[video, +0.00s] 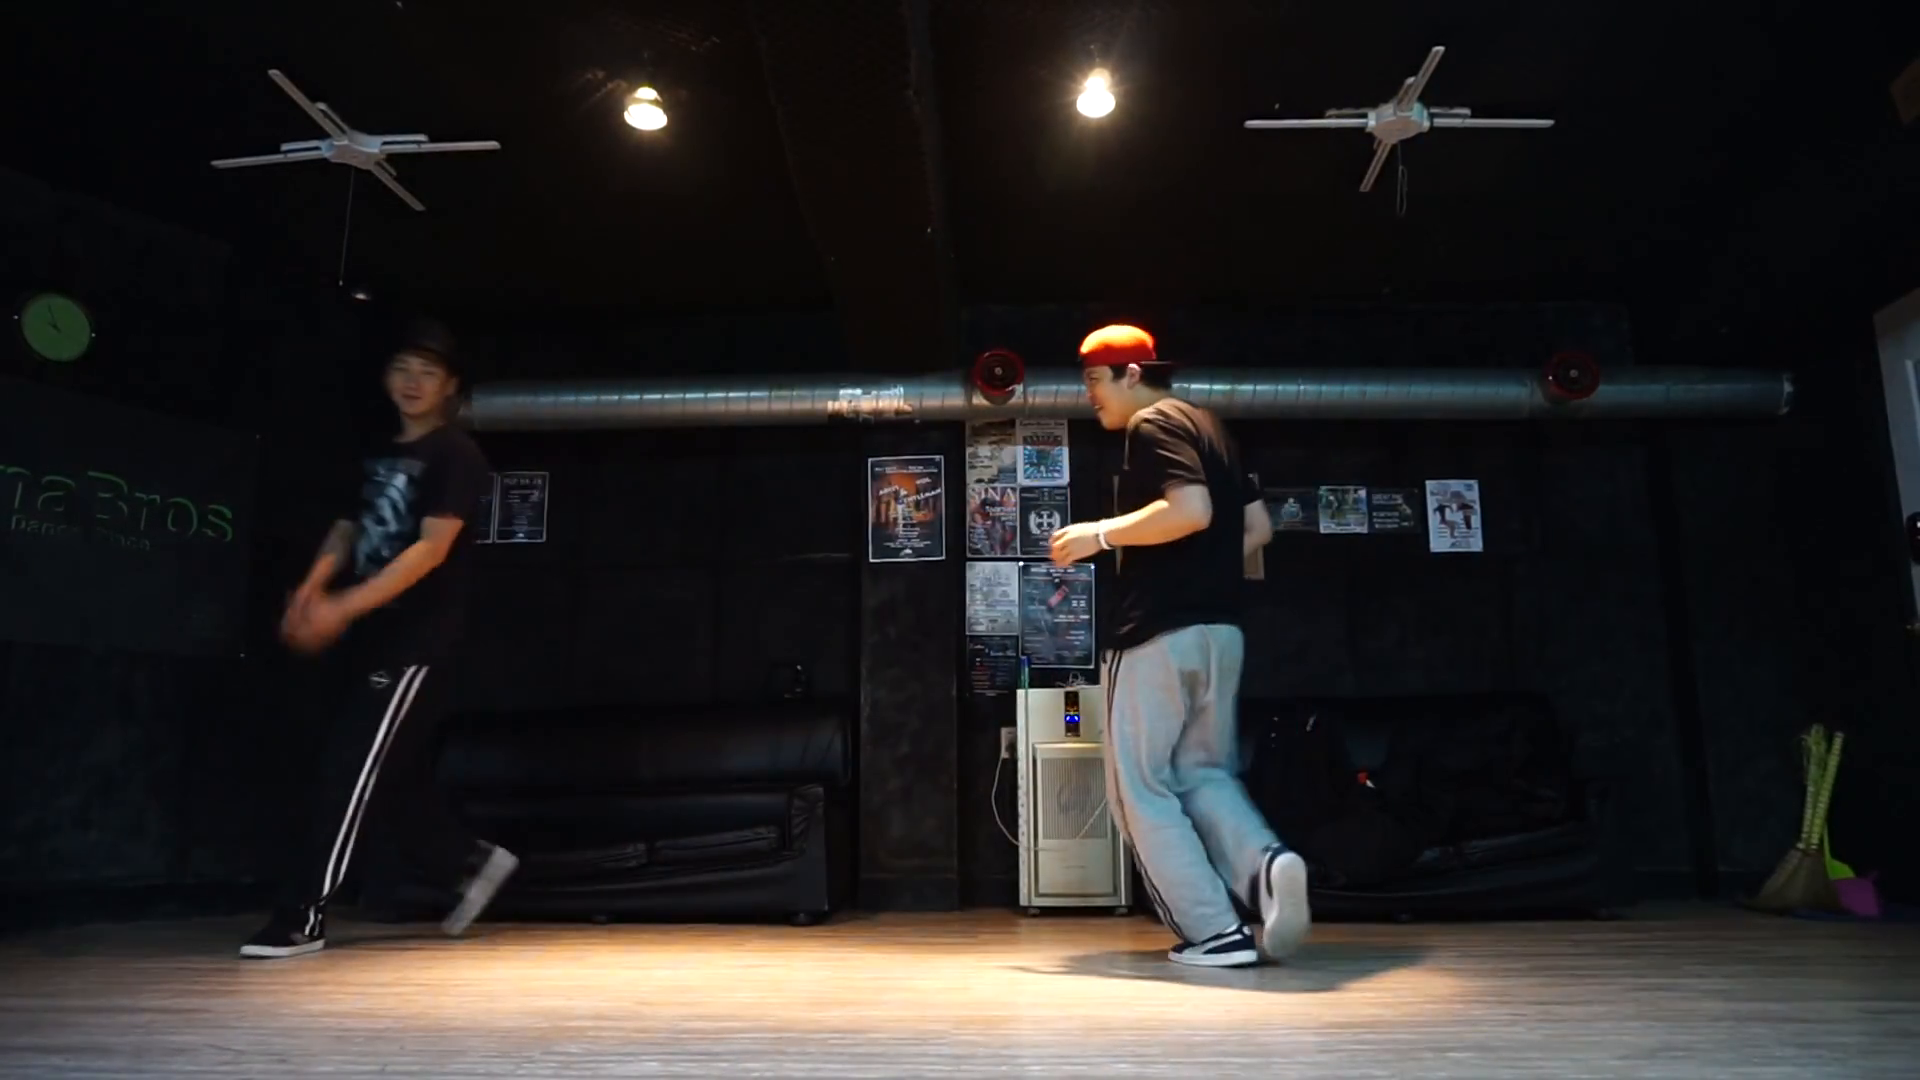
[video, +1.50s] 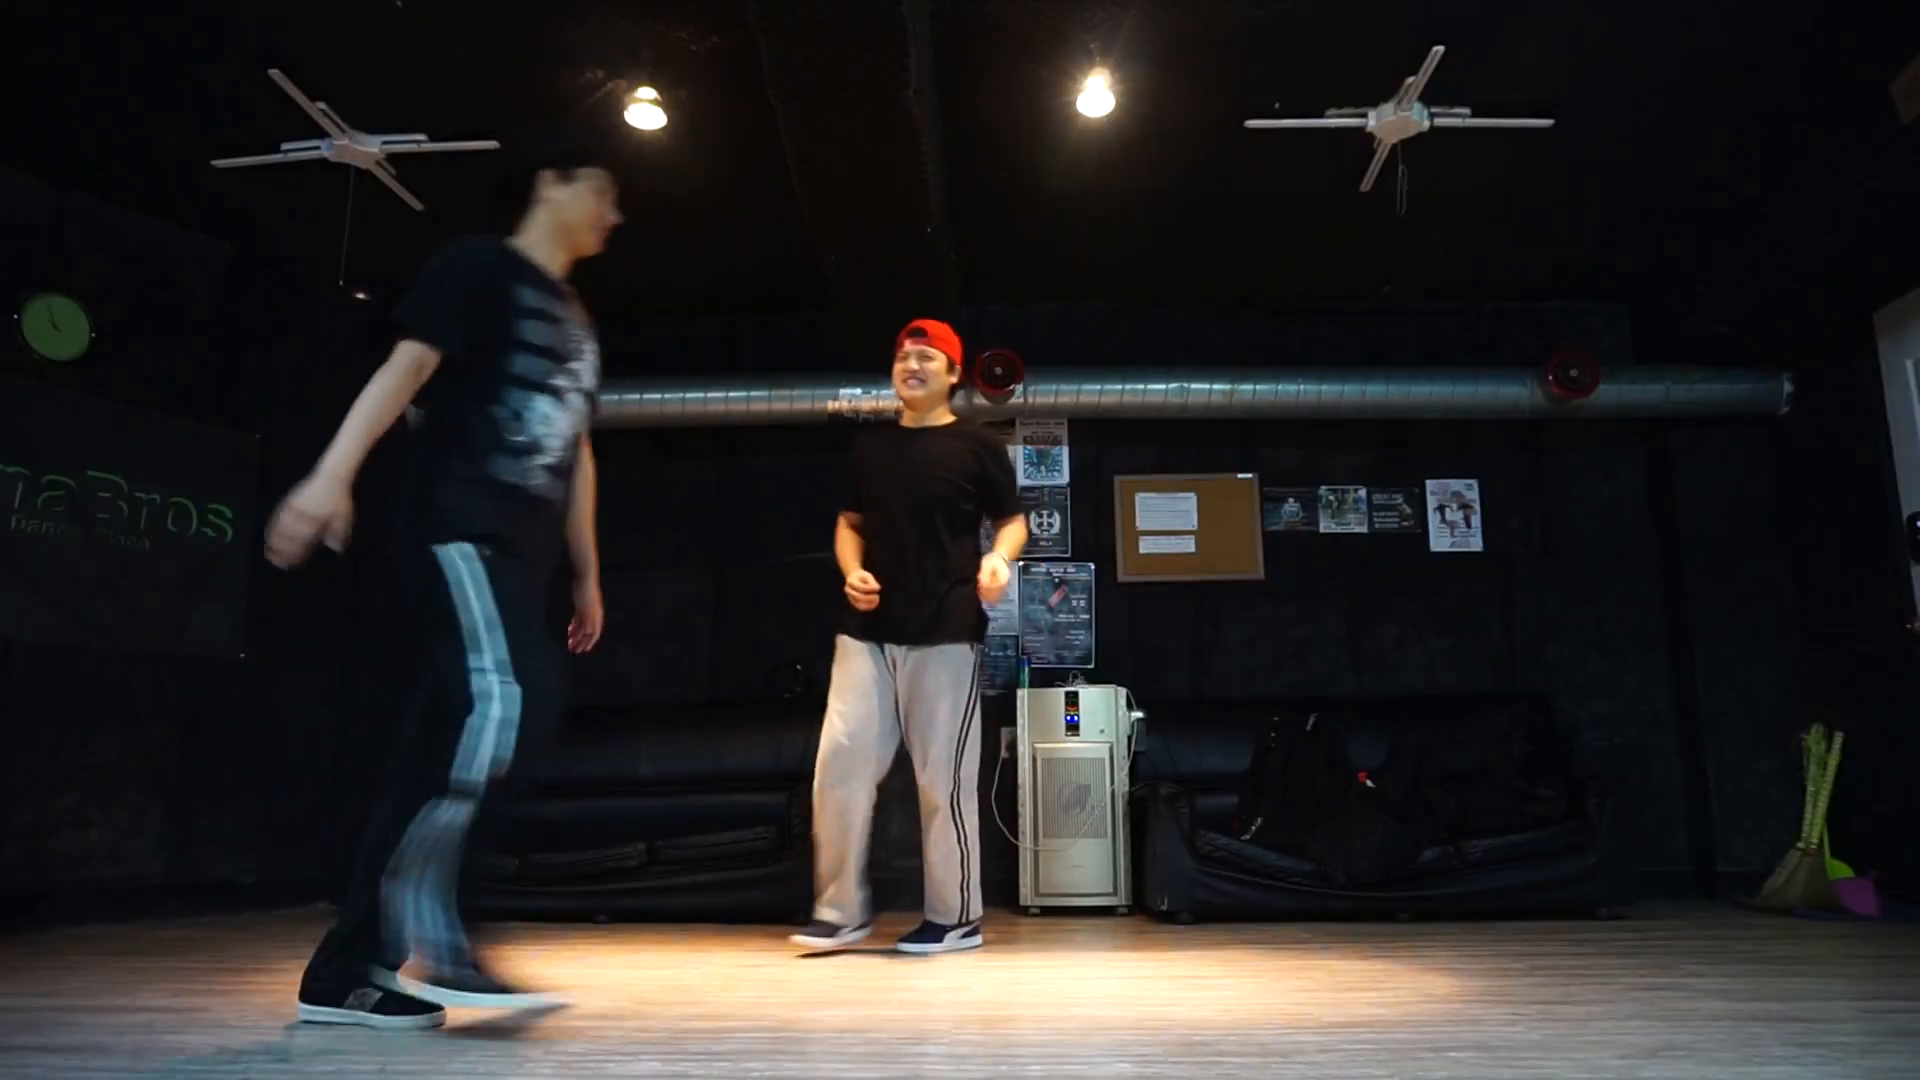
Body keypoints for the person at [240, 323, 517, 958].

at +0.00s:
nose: (410, 383)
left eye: (425, 374)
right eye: (402, 371)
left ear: (451, 385)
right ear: (388, 378)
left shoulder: (455, 456)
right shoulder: (384, 453)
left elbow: (432, 550)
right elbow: (352, 528)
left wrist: (344, 607)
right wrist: (313, 586)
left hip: (422, 639)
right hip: (378, 633)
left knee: (358, 768)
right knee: (384, 767)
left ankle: (305, 915)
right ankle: (472, 862)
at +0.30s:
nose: (371, 337)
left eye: (383, 328)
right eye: (357, 324)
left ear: (394, 344)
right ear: (327, 332)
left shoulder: (417, 421)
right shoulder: (289, 414)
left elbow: (462, 506)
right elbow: (264, 507)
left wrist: (492, 596)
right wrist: (240, 583)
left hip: (366, 614)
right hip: (285, 609)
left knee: (328, 759)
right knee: (241, 741)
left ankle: (298, 908)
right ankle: (207, 902)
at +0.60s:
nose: (321, 320)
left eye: (331, 310)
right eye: (306, 306)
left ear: (342, 323)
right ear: (267, 312)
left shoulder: (373, 407)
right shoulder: (226, 403)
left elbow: (434, 495)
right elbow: (160, 490)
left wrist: (496, 582)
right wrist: (78, 567)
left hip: (313, 621)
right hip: (221, 615)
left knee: (287, 774)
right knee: (176, 766)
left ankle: (273, 902)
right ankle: (140, 946)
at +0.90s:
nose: (361, 263)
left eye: (372, 252)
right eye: (345, 244)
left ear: (378, 270)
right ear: (298, 247)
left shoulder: (384, 363)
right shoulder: (234, 332)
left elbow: (429, 457)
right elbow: (171, 416)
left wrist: (504, 493)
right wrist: (155, 378)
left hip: (317, 589)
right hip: (220, 577)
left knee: (300, 755)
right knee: (172, 755)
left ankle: (251, 943)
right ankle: (140, 941)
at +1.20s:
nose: (482, 275)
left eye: (494, 264)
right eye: (471, 253)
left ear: (497, 276)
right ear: (424, 239)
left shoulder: (468, 372)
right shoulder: (334, 305)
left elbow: (460, 465)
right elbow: (323, 402)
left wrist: (496, 481)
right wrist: (441, 464)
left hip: (389, 591)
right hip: (288, 573)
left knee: (384, 777)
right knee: (213, 760)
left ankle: (343, 975)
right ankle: (143, 927)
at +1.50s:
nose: (614, 213)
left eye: (616, 199)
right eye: (602, 193)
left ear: (574, 197)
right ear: (549, 186)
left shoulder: (574, 317)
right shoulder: (478, 269)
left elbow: (576, 452)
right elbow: (401, 375)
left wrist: (585, 571)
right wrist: (330, 478)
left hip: (519, 547)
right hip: (455, 531)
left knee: (441, 745)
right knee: (494, 706)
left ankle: (346, 970)